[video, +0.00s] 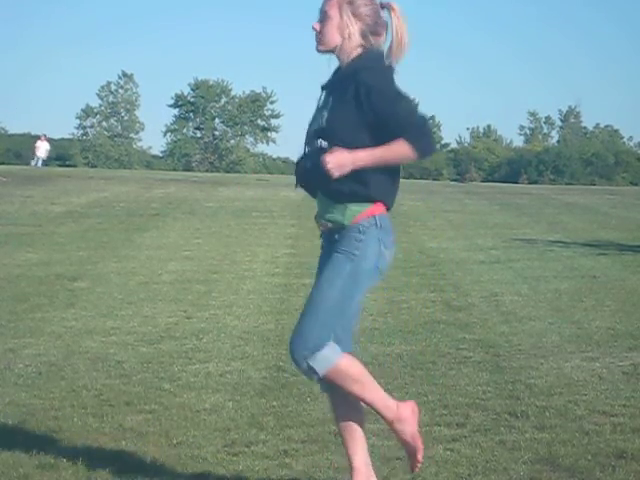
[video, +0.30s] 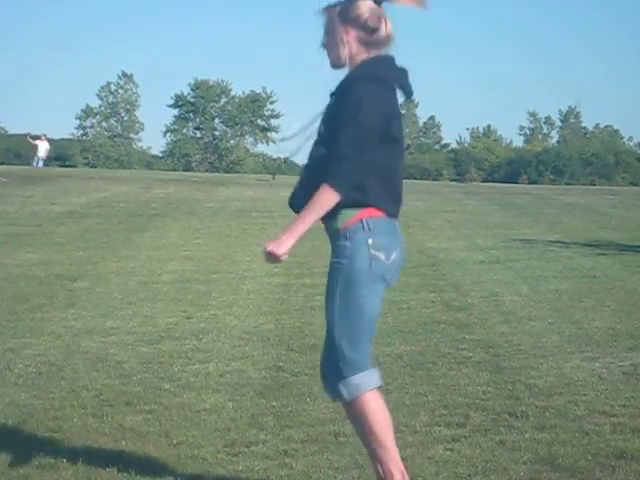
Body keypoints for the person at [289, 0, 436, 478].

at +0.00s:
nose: (315, 24)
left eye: (324, 16)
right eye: (319, 16)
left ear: (355, 25)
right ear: (348, 27)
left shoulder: (370, 73)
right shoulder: (339, 80)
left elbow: (420, 140)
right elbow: (334, 149)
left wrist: (354, 157)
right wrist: (312, 166)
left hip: (364, 232)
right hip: (337, 233)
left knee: (310, 346)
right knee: (332, 356)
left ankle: (398, 414)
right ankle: (362, 472)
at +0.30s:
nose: (325, 42)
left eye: (330, 33)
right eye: (327, 34)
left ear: (349, 36)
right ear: (364, 36)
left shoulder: (365, 85)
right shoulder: (369, 83)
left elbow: (345, 172)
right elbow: (356, 171)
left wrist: (290, 234)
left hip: (364, 235)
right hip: (364, 233)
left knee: (352, 365)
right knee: (338, 368)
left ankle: (396, 475)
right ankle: (390, 472)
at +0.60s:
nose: (312, 20)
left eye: (317, 10)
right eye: (313, 11)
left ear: (348, 9)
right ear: (349, 12)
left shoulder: (362, 65)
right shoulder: (355, 66)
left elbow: (344, 161)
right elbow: (353, 161)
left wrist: (282, 130)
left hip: (373, 225)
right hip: (351, 225)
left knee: (363, 357)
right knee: (278, 314)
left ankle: (391, 470)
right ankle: (315, 429)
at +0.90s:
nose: (333, 65)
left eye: (343, 55)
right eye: (327, 57)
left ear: (370, 59)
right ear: (323, 64)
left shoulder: (374, 110)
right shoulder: (332, 116)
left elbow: (308, 166)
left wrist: (239, 127)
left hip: (374, 270)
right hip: (326, 271)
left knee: (367, 397)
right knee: (270, 378)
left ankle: (398, 476)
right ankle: (299, 476)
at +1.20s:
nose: (332, 35)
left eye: (341, 24)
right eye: (325, 27)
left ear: (367, 24)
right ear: (319, 33)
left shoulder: (381, 66)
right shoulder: (314, 76)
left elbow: (328, 91)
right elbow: (301, 144)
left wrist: (246, 65)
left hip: (362, 235)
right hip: (298, 232)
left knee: (389, 357)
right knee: (258, 352)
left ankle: (401, 466)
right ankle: (259, 462)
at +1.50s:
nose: (330, 86)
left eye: (341, 78)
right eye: (322, 77)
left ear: (357, 88)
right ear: (310, 86)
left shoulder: (375, 155)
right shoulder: (277, 146)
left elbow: (409, 230)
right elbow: (228, 205)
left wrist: (355, 214)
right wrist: (255, 219)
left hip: (348, 303)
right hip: (279, 299)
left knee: (381, 416)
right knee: (213, 400)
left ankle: (400, 477)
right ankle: (199, 478)